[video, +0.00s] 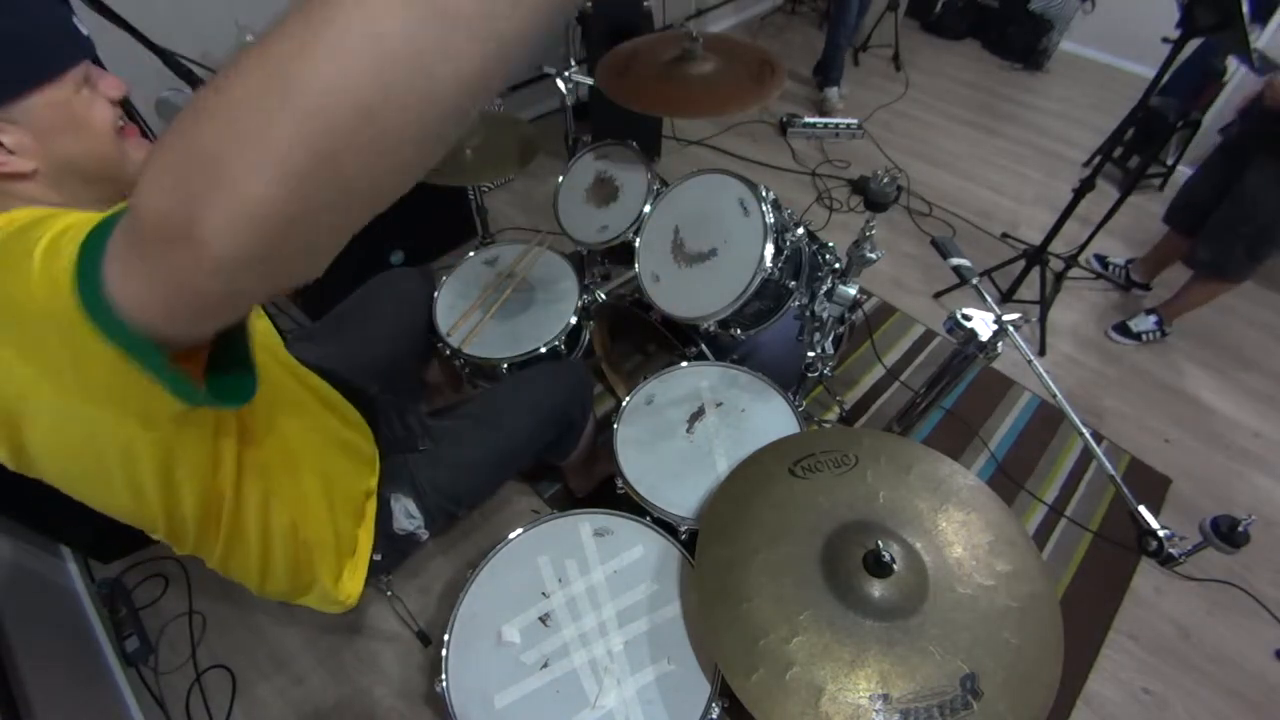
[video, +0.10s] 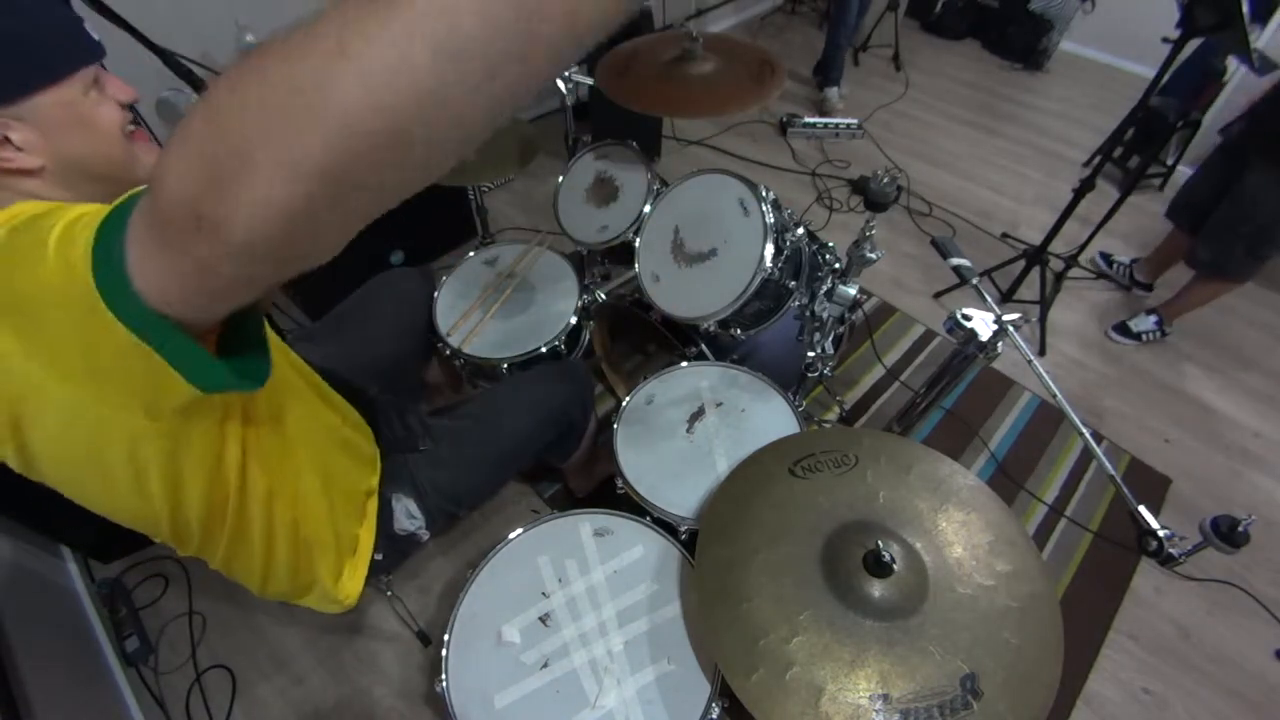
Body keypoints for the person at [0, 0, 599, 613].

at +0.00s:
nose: (117, 89)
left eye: (95, 73)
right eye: (83, 84)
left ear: (16, 154)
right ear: (11, 151)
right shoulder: (37, 282)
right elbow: (212, 236)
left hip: (286, 394)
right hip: (346, 513)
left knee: (413, 288)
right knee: (563, 378)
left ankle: (426, 396)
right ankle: (575, 471)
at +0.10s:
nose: (126, 92)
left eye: (103, 75)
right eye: (90, 85)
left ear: (19, 150)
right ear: (14, 145)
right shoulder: (55, 278)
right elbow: (225, 213)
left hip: (278, 402)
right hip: (350, 511)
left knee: (428, 283)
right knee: (560, 385)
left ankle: (427, 394)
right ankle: (569, 476)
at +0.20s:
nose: (133, 98)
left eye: (113, 79)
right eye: (99, 88)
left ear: (19, 146)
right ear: (15, 143)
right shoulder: (51, 282)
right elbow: (222, 223)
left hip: (279, 401)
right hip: (351, 511)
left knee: (414, 287)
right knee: (562, 379)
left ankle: (407, 422)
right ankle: (563, 471)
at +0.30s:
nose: (126, 94)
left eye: (103, 74)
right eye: (90, 85)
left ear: (17, 149)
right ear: (12, 145)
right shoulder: (39, 283)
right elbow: (210, 242)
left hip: (280, 399)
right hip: (343, 513)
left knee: (413, 286)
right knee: (565, 379)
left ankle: (435, 394)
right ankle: (579, 472)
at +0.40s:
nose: (122, 92)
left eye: (99, 73)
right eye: (87, 85)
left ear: (19, 155)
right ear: (13, 151)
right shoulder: (34, 297)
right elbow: (187, 304)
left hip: (285, 395)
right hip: (344, 512)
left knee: (408, 285)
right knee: (564, 374)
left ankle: (428, 394)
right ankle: (577, 474)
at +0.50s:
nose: (114, 84)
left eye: (98, 70)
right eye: (84, 86)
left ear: (19, 161)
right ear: (14, 158)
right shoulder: (26, 310)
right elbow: (177, 346)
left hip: (294, 392)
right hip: (349, 514)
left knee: (403, 283)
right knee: (560, 372)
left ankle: (432, 391)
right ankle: (576, 467)